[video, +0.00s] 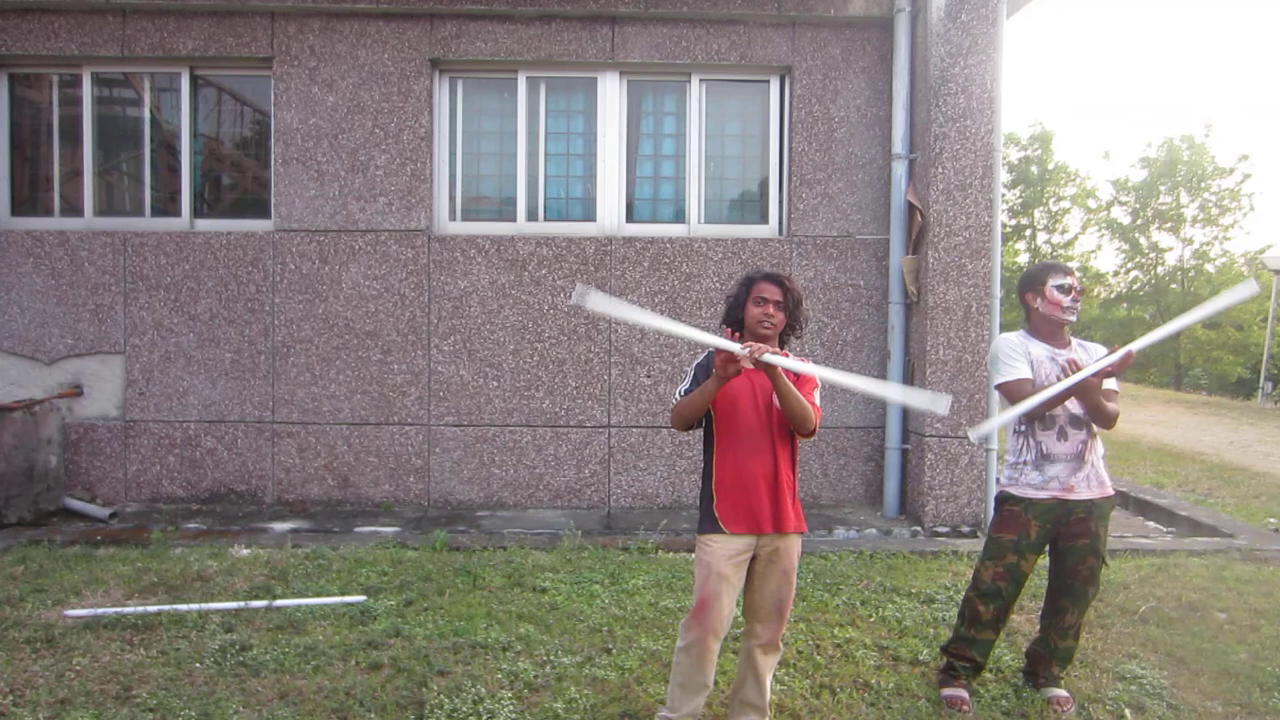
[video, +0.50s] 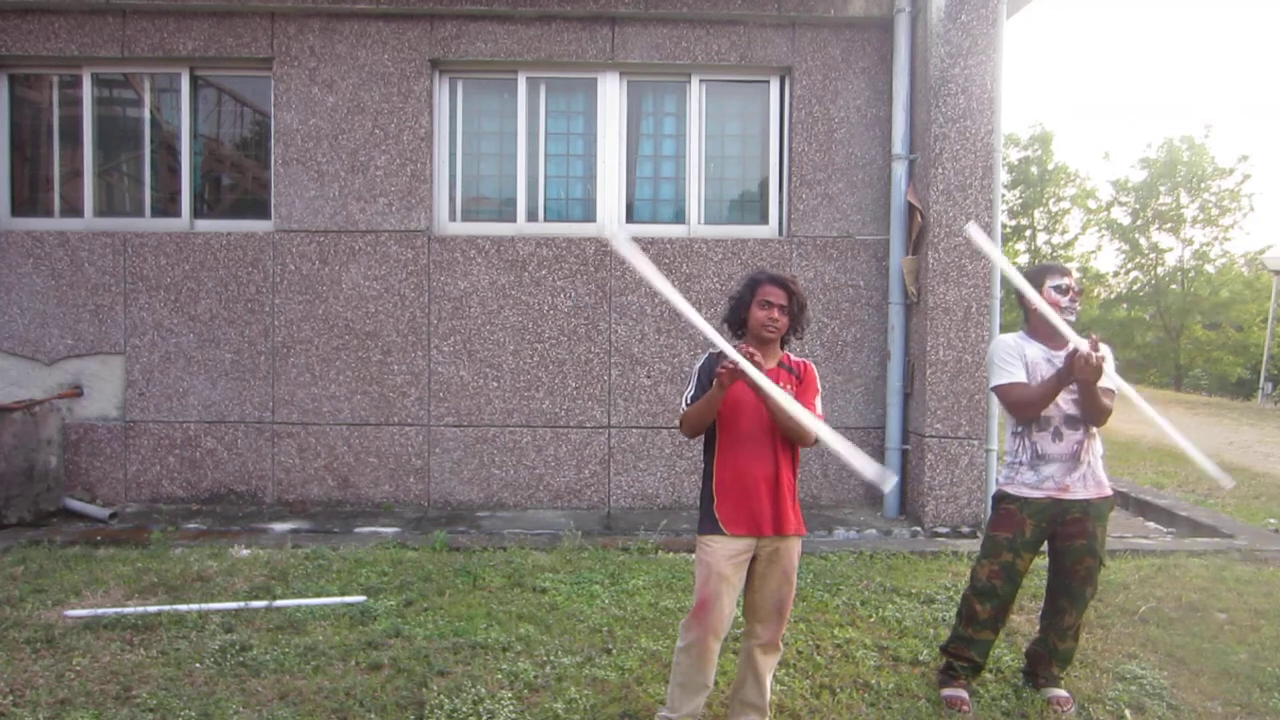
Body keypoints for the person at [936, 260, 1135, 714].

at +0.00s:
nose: (1074, 298)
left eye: (1078, 292)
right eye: (1063, 289)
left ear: (1079, 303)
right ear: (1032, 298)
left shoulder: (1095, 353)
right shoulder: (1008, 346)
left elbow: (1109, 418)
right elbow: (1030, 407)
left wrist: (1083, 386)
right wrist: (1099, 372)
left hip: (1088, 494)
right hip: (1027, 492)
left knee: (1076, 592)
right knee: (994, 584)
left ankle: (1045, 671)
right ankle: (957, 674)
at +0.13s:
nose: (1073, 297)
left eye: (1077, 292)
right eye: (1063, 288)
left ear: (1079, 304)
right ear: (1032, 298)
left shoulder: (1095, 352)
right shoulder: (1009, 345)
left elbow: (1107, 417)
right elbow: (1030, 401)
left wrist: (1079, 386)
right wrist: (1094, 363)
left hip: (1086, 494)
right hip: (1026, 492)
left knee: (1075, 592)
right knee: (993, 584)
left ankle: (1045, 671)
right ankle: (957, 673)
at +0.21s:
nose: (1073, 297)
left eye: (1076, 292)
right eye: (1062, 288)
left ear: (1078, 304)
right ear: (1032, 297)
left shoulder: (1095, 349)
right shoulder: (1009, 345)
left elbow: (1105, 415)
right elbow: (1031, 401)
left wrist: (1077, 382)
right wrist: (1084, 362)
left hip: (1085, 493)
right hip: (1026, 490)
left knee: (1075, 591)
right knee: (993, 583)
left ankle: (1045, 670)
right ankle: (957, 674)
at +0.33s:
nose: (1071, 297)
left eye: (1074, 291)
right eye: (1060, 289)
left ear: (1077, 302)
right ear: (1031, 298)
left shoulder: (1096, 352)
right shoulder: (1008, 345)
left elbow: (1098, 414)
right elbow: (1029, 403)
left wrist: (1079, 373)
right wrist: (1072, 366)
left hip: (1085, 494)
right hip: (1025, 491)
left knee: (1075, 591)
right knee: (992, 583)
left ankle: (1045, 671)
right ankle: (957, 674)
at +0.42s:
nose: (1063, 300)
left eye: (1069, 292)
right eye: (1053, 292)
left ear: (1076, 299)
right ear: (1029, 299)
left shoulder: (1096, 352)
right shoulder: (1007, 346)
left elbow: (1099, 415)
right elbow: (1026, 404)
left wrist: (1083, 377)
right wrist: (1071, 370)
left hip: (1085, 493)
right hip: (1025, 491)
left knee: (1075, 591)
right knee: (992, 583)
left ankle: (1045, 671)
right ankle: (957, 674)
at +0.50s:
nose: (1070, 299)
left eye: (1075, 295)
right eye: (1060, 290)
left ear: (1078, 304)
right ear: (1030, 297)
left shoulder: (1095, 354)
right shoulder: (1007, 347)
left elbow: (1099, 417)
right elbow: (1021, 407)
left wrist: (1086, 378)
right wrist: (1069, 372)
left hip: (1085, 494)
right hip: (1025, 491)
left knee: (1074, 592)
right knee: (991, 583)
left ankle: (1045, 670)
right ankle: (957, 674)